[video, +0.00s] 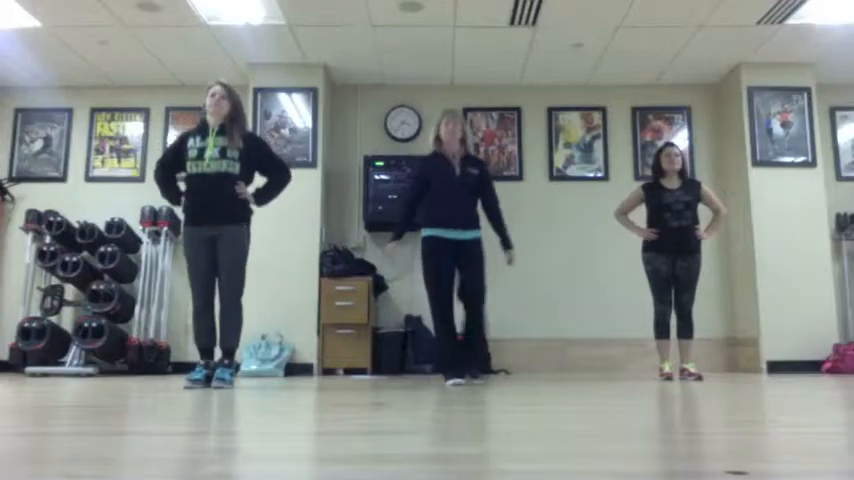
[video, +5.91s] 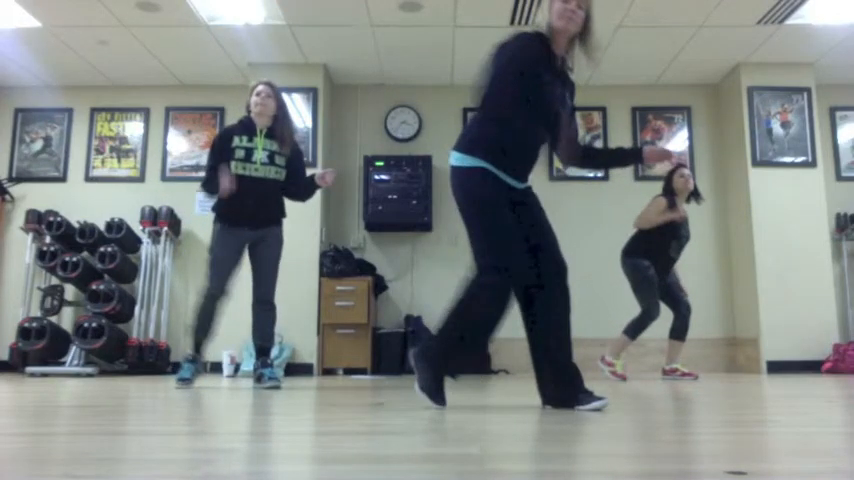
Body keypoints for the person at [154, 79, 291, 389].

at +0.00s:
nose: (214, 99)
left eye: (221, 96)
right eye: (211, 95)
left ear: (232, 106)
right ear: (204, 103)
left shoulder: (248, 142)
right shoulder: (190, 140)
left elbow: (282, 173)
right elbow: (162, 170)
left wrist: (257, 196)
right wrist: (178, 199)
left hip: (233, 226)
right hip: (196, 225)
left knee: (230, 295)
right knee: (201, 296)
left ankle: (227, 363)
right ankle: (205, 362)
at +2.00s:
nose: (218, 101)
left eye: (225, 99)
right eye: (214, 96)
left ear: (234, 110)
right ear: (206, 104)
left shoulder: (246, 143)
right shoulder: (189, 137)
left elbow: (281, 173)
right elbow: (164, 169)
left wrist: (257, 196)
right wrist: (180, 198)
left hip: (235, 226)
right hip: (198, 225)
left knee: (232, 293)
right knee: (202, 294)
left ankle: (227, 362)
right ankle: (205, 361)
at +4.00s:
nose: (220, 99)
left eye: (226, 96)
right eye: (216, 95)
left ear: (236, 107)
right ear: (207, 105)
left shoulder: (251, 143)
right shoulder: (192, 139)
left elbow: (284, 176)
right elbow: (161, 169)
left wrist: (260, 197)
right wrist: (177, 198)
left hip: (236, 227)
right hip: (199, 226)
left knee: (231, 296)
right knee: (202, 297)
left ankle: (227, 363)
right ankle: (205, 362)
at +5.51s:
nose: (240, 98)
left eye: (247, 94)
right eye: (236, 93)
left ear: (257, 104)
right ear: (227, 101)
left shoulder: (269, 141)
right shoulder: (211, 138)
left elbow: (284, 186)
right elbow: (196, 182)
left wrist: (299, 176)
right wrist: (176, 183)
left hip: (254, 230)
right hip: (215, 229)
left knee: (257, 298)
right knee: (202, 296)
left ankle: (262, 365)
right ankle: (189, 363)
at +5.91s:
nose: (261, 98)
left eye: (268, 96)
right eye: (257, 94)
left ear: (278, 106)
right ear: (248, 102)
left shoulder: (287, 144)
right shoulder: (229, 136)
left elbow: (294, 190)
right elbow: (208, 183)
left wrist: (315, 182)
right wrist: (220, 182)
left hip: (268, 228)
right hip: (230, 226)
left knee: (265, 297)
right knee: (215, 290)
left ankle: (263, 364)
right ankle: (194, 358)